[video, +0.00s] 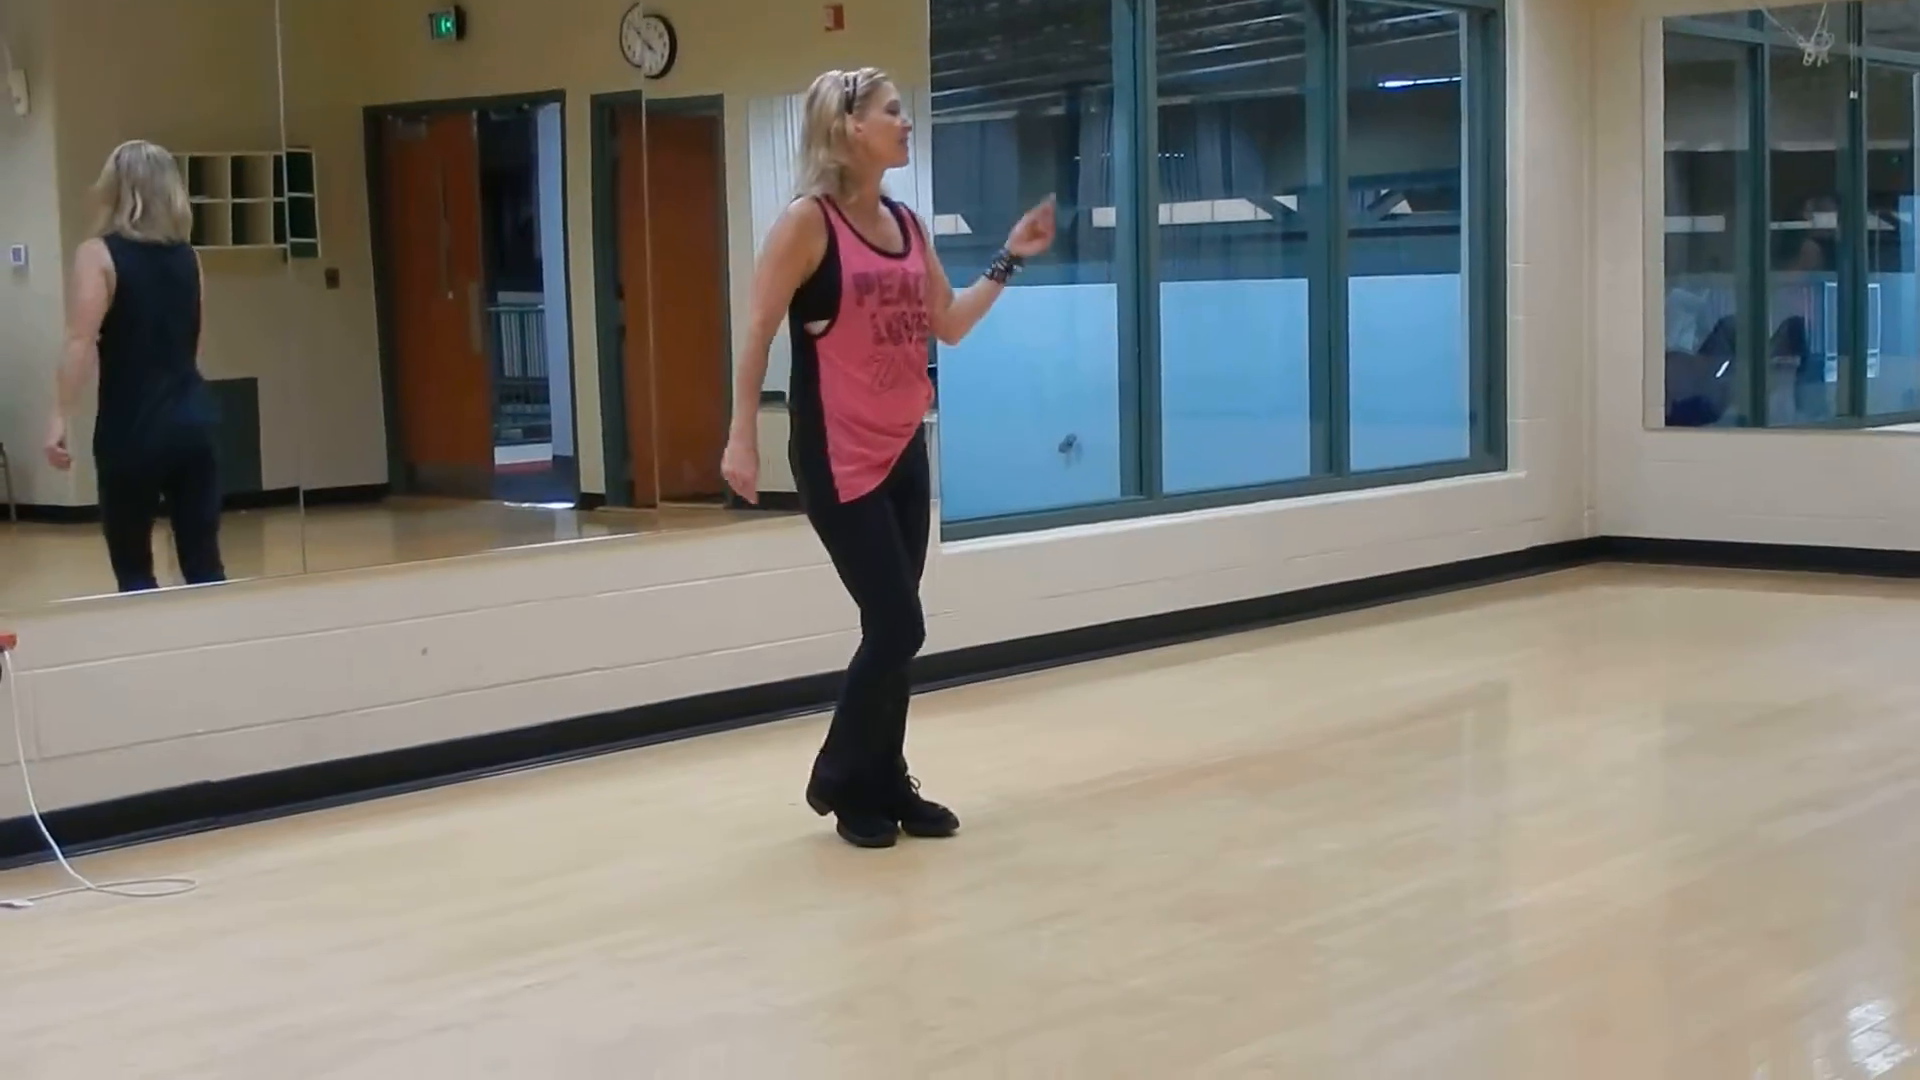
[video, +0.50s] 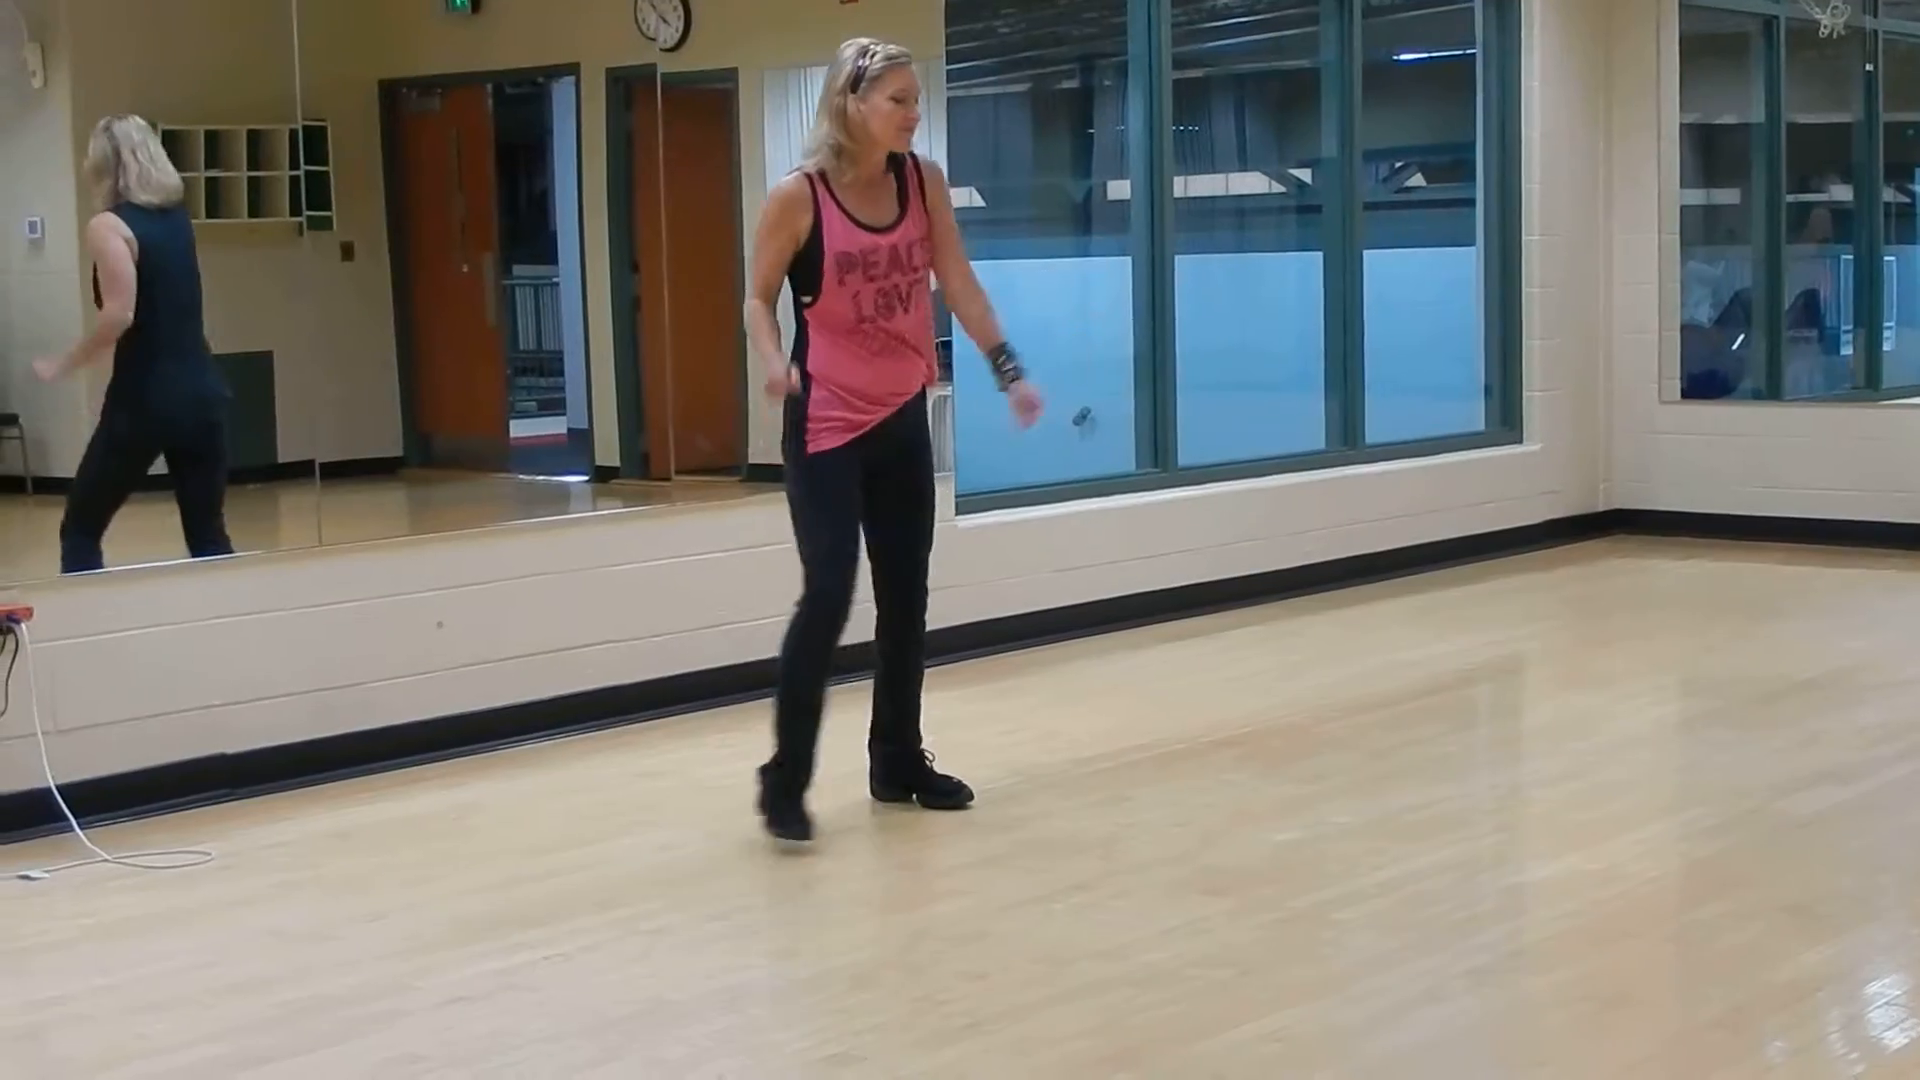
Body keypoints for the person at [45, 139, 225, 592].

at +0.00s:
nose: (100, 191)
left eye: (106, 183)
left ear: (114, 191)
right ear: (171, 193)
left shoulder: (98, 254)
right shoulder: (188, 257)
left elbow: (81, 341)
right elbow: (193, 344)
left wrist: (60, 415)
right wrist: (173, 397)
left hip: (128, 429)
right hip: (191, 423)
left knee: (133, 569)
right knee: (203, 561)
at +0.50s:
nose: (89, 172)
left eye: (93, 162)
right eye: (90, 162)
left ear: (108, 166)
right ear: (152, 159)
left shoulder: (109, 226)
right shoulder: (177, 219)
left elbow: (119, 314)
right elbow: (183, 307)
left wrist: (64, 363)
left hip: (144, 401)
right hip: (199, 395)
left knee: (79, 532)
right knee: (208, 534)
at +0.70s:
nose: (61, 177)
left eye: (65, 167)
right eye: (63, 166)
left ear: (77, 172)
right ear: (127, 168)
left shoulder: (79, 231)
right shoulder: (154, 232)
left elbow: (49, 316)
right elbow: (183, 311)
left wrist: (4, 316)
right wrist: (203, 382)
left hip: (112, 411)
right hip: (170, 405)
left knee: (67, 539)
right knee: (198, 531)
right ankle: (249, 629)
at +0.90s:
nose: (25, 166)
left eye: (29, 157)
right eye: (28, 157)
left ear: (38, 161)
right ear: (92, 158)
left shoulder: (25, 221)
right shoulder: (116, 224)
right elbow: (164, 296)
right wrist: (158, 372)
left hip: (56, 404)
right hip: (118, 400)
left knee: (26, 544)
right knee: (132, 527)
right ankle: (202, 603)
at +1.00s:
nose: (15, 171)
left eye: (20, 162)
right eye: (18, 162)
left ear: (28, 165)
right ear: (84, 162)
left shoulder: (14, 227)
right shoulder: (111, 228)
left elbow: (7, 310)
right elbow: (160, 299)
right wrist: (139, 369)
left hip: (40, 405)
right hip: (106, 404)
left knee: (24, 542)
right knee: (82, 526)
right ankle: (155, 598)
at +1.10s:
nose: (11, 176)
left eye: (15, 167)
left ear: (20, 173)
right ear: (78, 167)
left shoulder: (13, 237)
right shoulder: (110, 231)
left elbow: (6, 314)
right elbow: (153, 307)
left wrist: (17, 337)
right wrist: (125, 365)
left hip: (32, 408)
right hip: (97, 409)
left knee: (24, 542)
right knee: (52, 534)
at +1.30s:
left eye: (14, 174)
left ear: (19, 180)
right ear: (78, 175)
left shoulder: (13, 246)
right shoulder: (106, 241)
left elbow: (5, 340)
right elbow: (131, 324)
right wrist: (77, 319)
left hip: (32, 424)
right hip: (97, 418)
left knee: (31, 557)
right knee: (65, 551)